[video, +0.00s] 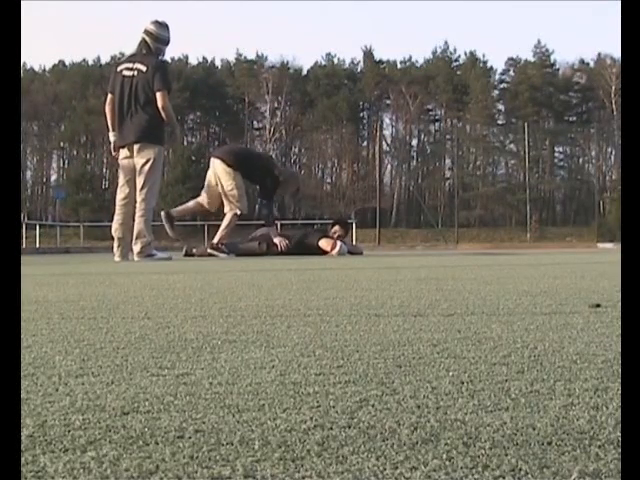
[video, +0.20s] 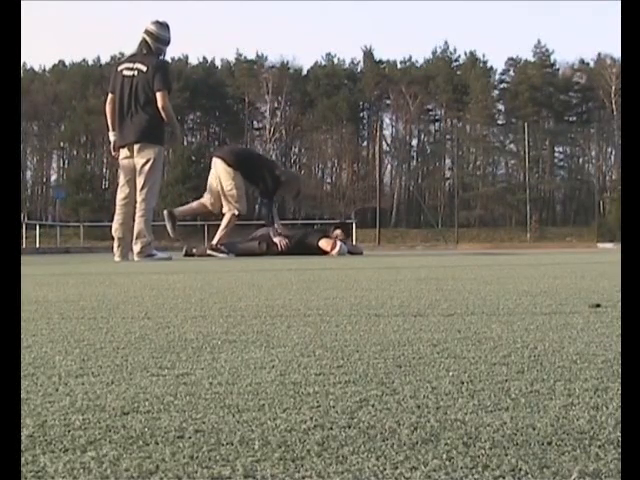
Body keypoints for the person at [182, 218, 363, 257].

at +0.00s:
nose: (337, 239)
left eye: (341, 236)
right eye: (336, 234)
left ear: (343, 236)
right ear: (330, 231)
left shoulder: (331, 243)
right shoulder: (318, 237)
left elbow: (359, 251)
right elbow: (333, 248)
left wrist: (344, 247)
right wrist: (352, 249)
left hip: (272, 243)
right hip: (268, 239)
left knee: (233, 246)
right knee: (234, 246)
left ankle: (199, 252)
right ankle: (200, 251)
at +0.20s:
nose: (339, 241)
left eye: (341, 239)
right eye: (339, 237)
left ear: (336, 237)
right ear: (334, 234)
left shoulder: (324, 240)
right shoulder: (319, 237)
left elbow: (355, 252)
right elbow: (334, 250)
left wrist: (346, 246)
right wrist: (350, 248)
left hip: (271, 239)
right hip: (269, 240)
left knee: (233, 246)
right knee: (232, 248)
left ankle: (198, 251)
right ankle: (197, 252)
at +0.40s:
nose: (337, 241)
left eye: (340, 240)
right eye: (338, 238)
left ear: (336, 239)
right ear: (333, 235)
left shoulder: (324, 241)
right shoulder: (319, 237)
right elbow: (333, 250)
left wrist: (345, 245)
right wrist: (347, 247)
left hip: (271, 240)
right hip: (269, 241)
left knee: (232, 247)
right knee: (231, 248)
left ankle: (198, 252)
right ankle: (197, 252)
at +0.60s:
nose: (338, 242)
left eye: (341, 241)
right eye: (338, 239)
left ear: (337, 240)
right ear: (333, 235)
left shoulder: (325, 241)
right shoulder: (320, 237)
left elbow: (357, 252)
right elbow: (333, 249)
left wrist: (346, 246)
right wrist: (345, 248)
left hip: (272, 241)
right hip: (270, 241)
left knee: (232, 247)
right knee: (231, 248)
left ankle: (197, 251)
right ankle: (197, 252)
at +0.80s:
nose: (338, 242)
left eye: (341, 241)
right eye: (339, 239)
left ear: (338, 239)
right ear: (334, 235)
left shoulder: (325, 240)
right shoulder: (320, 237)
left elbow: (356, 251)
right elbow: (332, 249)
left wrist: (346, 246)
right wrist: (345, 248)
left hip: (273, 241)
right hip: (271, 241)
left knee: (234, 247)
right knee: (233, 248)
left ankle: (198, 251)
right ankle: (197, 252)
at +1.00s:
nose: (339, 242)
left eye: (342, 240)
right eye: (340, 238)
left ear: (338, 239)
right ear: (335, 235)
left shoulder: (326, 239)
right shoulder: (321, 238)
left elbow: (357, 251)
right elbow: (333, 249)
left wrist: (345, 247)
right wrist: (343, 247)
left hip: (273, 240)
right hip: (270, 242)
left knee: (234, 246)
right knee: (233, 249)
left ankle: (199, 251)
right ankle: (197, 252)